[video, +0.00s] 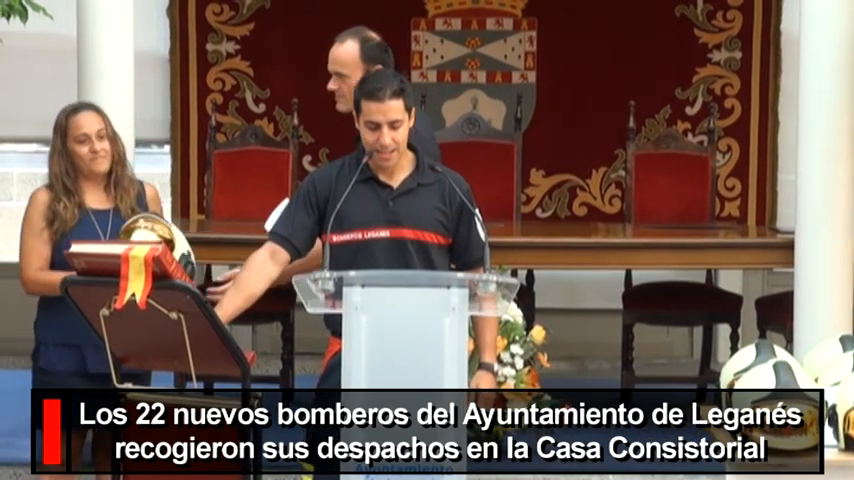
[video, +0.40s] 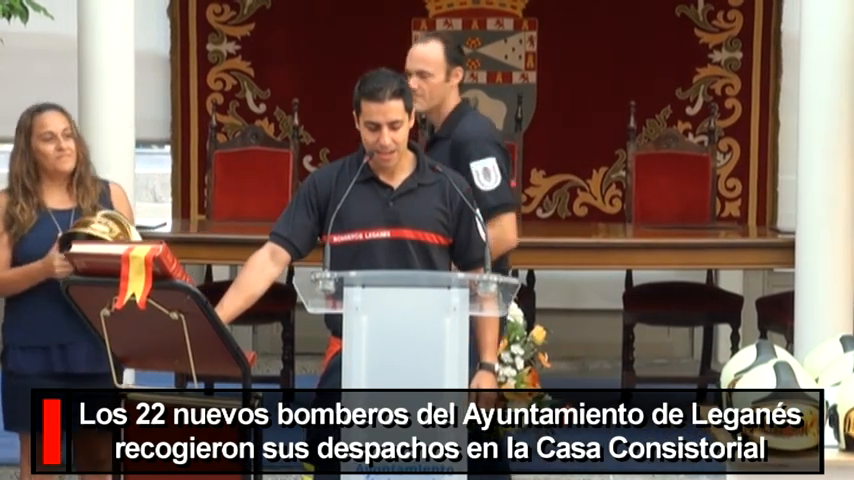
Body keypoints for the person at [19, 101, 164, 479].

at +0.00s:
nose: (97, 146)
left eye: (103, 136)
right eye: (84, 140)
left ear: (113, 140)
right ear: (65, 149)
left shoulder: (144, 195)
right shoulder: (47, 200)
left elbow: (162, 266)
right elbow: (31, 278)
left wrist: (130, 276)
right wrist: (96, 283)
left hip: (127, 354)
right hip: (64, 353)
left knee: (117, 461)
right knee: (57, 465)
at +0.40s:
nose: (63, 145)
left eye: (68, 135)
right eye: (49, 138)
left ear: (78, 141)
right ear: (29, 149)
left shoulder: (110, 195)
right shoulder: (9, 204)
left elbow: (133, 268)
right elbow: (2, 281)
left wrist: (104, 260)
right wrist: (44, 268)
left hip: (97, 356)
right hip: (31, 357)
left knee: (99, 466)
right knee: (38, 466)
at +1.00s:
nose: (46, 140)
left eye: (49, 132)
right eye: (31, 135)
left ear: (59, 140)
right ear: (10, 149)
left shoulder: (90, 193)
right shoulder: (3, 205)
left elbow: (112, 268)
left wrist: (74, 281)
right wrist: (27, 292)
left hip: (82, 360)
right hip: (18, 361)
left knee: (79, 466)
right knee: (27, 466)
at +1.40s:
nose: (52, 148)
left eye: (57, 138)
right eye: (38, 141)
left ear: (66, 141)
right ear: (15, 151)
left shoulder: (94, 192)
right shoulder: (5, 206)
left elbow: (119, 268)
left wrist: (81, 284)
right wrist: (26, 295)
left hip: (85, 360)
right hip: (21, 361)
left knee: (78, 465)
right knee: (30, 466)